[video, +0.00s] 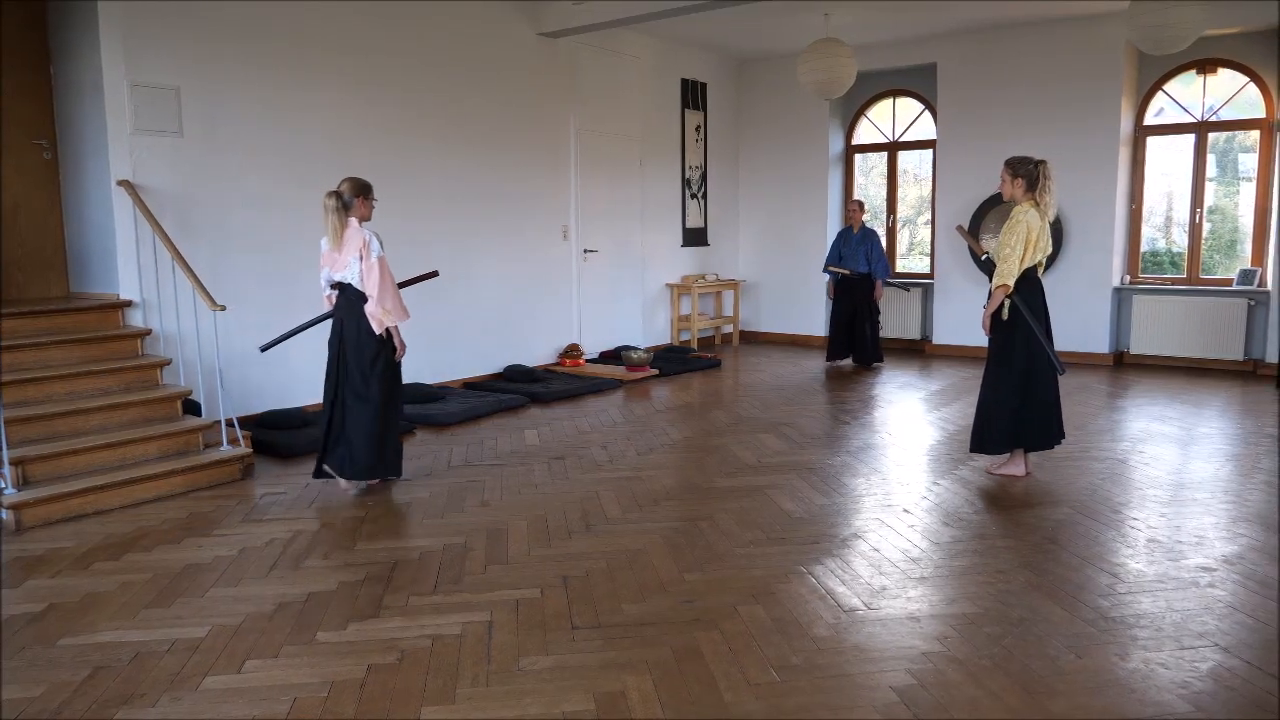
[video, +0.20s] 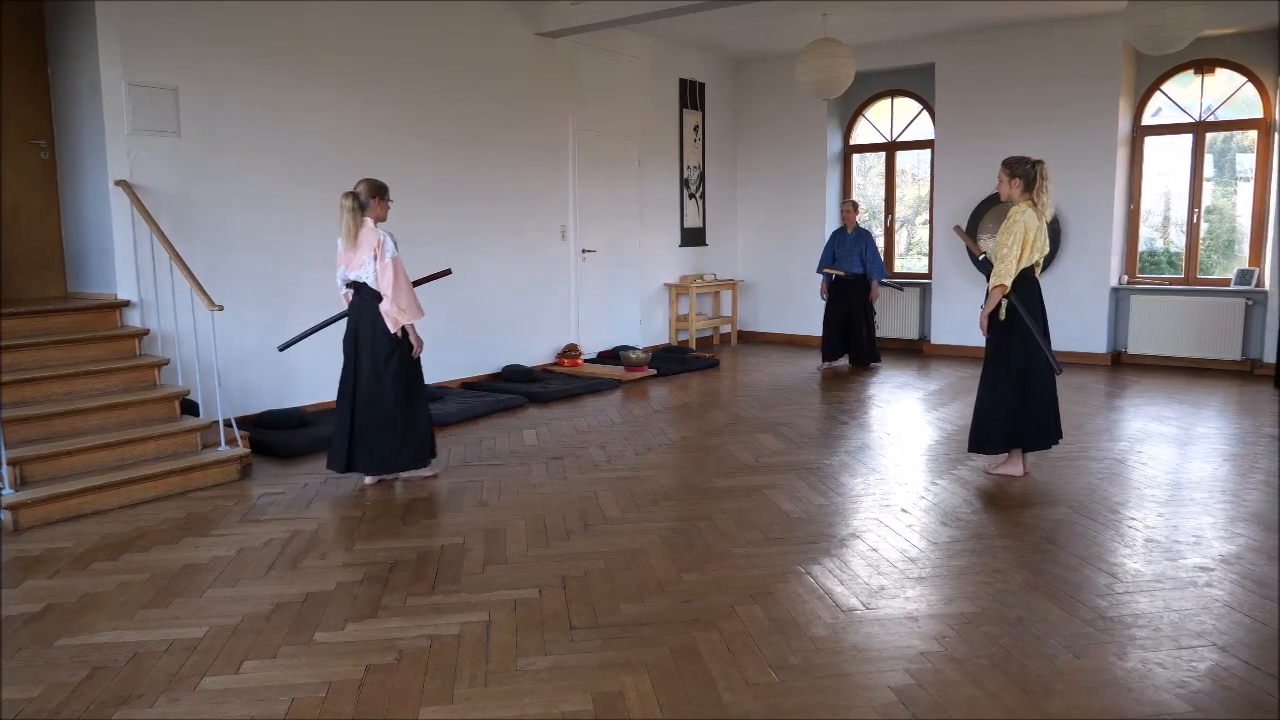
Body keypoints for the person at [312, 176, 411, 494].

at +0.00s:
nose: (373, 205)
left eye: (372, 200)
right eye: (371, 201)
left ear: (346, 203)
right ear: (359, 203)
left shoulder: (329, 242)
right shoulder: (366, 239)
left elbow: (329, 292)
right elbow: (378, 292)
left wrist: (346, 313)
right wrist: (394, 331)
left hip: (343, 325)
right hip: (368, 324)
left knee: (349, 394)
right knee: (374, 394)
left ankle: (350, 466)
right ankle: (368, 466)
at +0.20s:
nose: (390, 207)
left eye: (389, 202)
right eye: (388, 202)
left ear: (364, 203)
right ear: (376, 203)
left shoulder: (347, 240)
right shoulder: (381, 238)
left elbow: (345, 289)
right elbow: (392, 289)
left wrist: (363, 312)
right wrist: (410, 328)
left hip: (358, 322)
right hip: (383, 321)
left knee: (366, 393)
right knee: (401, 391)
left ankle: (372, 467)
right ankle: (410, 462)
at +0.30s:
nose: (397, 209)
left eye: (397, 204)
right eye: (395, 204)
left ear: (370, 205)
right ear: (384, 205)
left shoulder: (355, 241)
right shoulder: (391, 239)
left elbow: (355, 290)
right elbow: (403, 289)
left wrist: (369, 313)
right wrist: (418, 328)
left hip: (366, 322)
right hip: (392, 322)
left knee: (372, 392)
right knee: (418, 387)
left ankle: (373, 467)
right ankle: (439, 454)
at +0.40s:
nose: (407, 210)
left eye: (406, 205)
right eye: (405, 206)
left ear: (380, 208)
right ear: (394, 207)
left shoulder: (365, 243)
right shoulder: (402, 241)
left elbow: (365, 292)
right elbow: (413, 291)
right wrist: (428, 330)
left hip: (376, 321)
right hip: (402, 321)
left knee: (379, 391)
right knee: (427, 385)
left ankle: (374, 465)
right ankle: (448, 452)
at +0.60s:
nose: (429, 208)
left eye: (427, 203)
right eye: (426, 204)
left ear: (402, 206)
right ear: (416, 206)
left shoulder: (386, 243)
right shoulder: (426, 239)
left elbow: (387, 290)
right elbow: (438, 287)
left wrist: (400, 309)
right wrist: (452, 324)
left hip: (401, 316)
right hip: (427, 316)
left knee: (401, 383)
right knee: (443, 381)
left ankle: (381, 457)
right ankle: (446, 452)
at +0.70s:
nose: (438, 207)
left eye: (437, 202)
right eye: (436, 202)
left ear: (411, 205)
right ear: (426, 205)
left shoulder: (395, 242)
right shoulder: (436, 239)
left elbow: (395, 288)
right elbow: (447, 287)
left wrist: (407, 305)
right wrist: (463, 323)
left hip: (410, 315)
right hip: (436, 314)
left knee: (412, 379)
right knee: (444, 379)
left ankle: (391, 449)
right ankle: (443, 451)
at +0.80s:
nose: (446, 207)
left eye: (445, 202)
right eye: (444, 202)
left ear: (421, 205)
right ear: (435, 205)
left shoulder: (404, 241)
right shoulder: (444, 238)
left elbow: (404, 287)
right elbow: (455, 286)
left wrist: (417, 309)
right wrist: (468, 321)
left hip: (418, 315)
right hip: (443, 314)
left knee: (426, 379)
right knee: (446, 380)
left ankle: (429, 448)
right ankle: (443, 453)